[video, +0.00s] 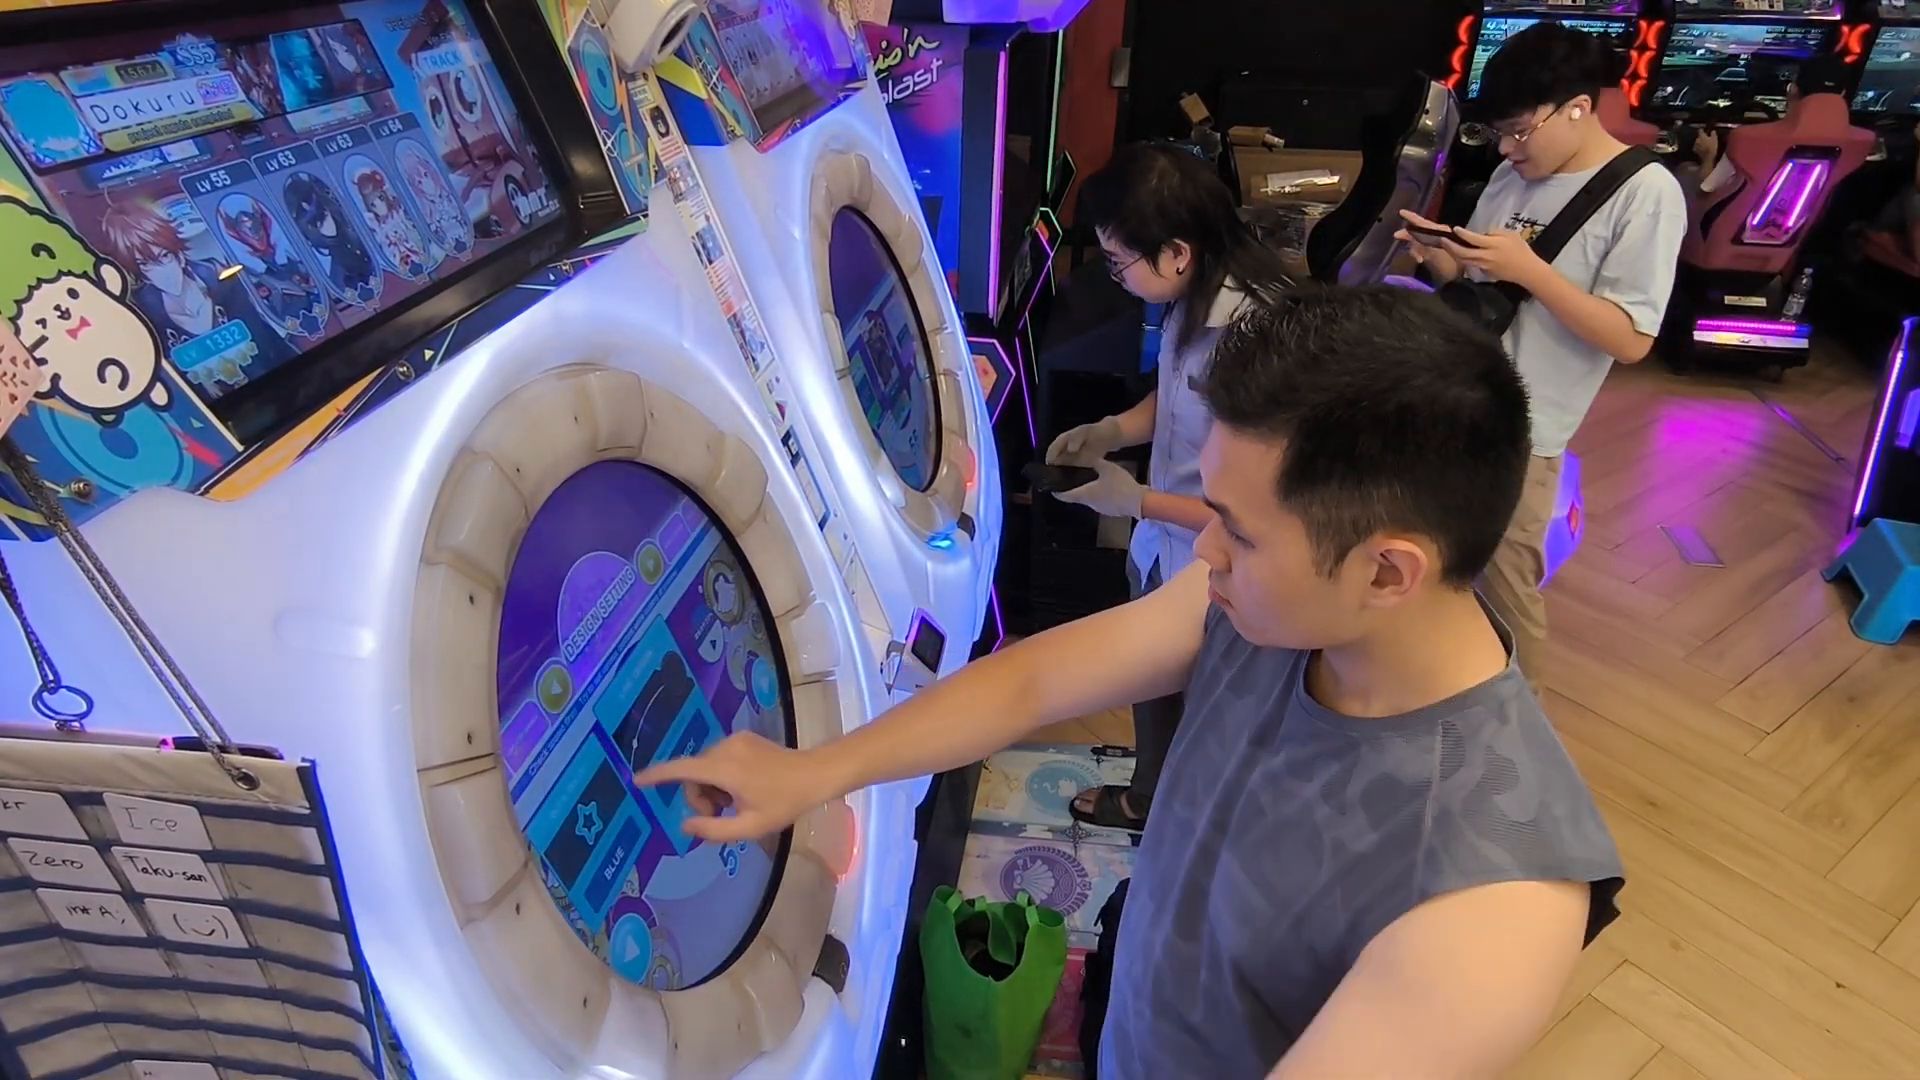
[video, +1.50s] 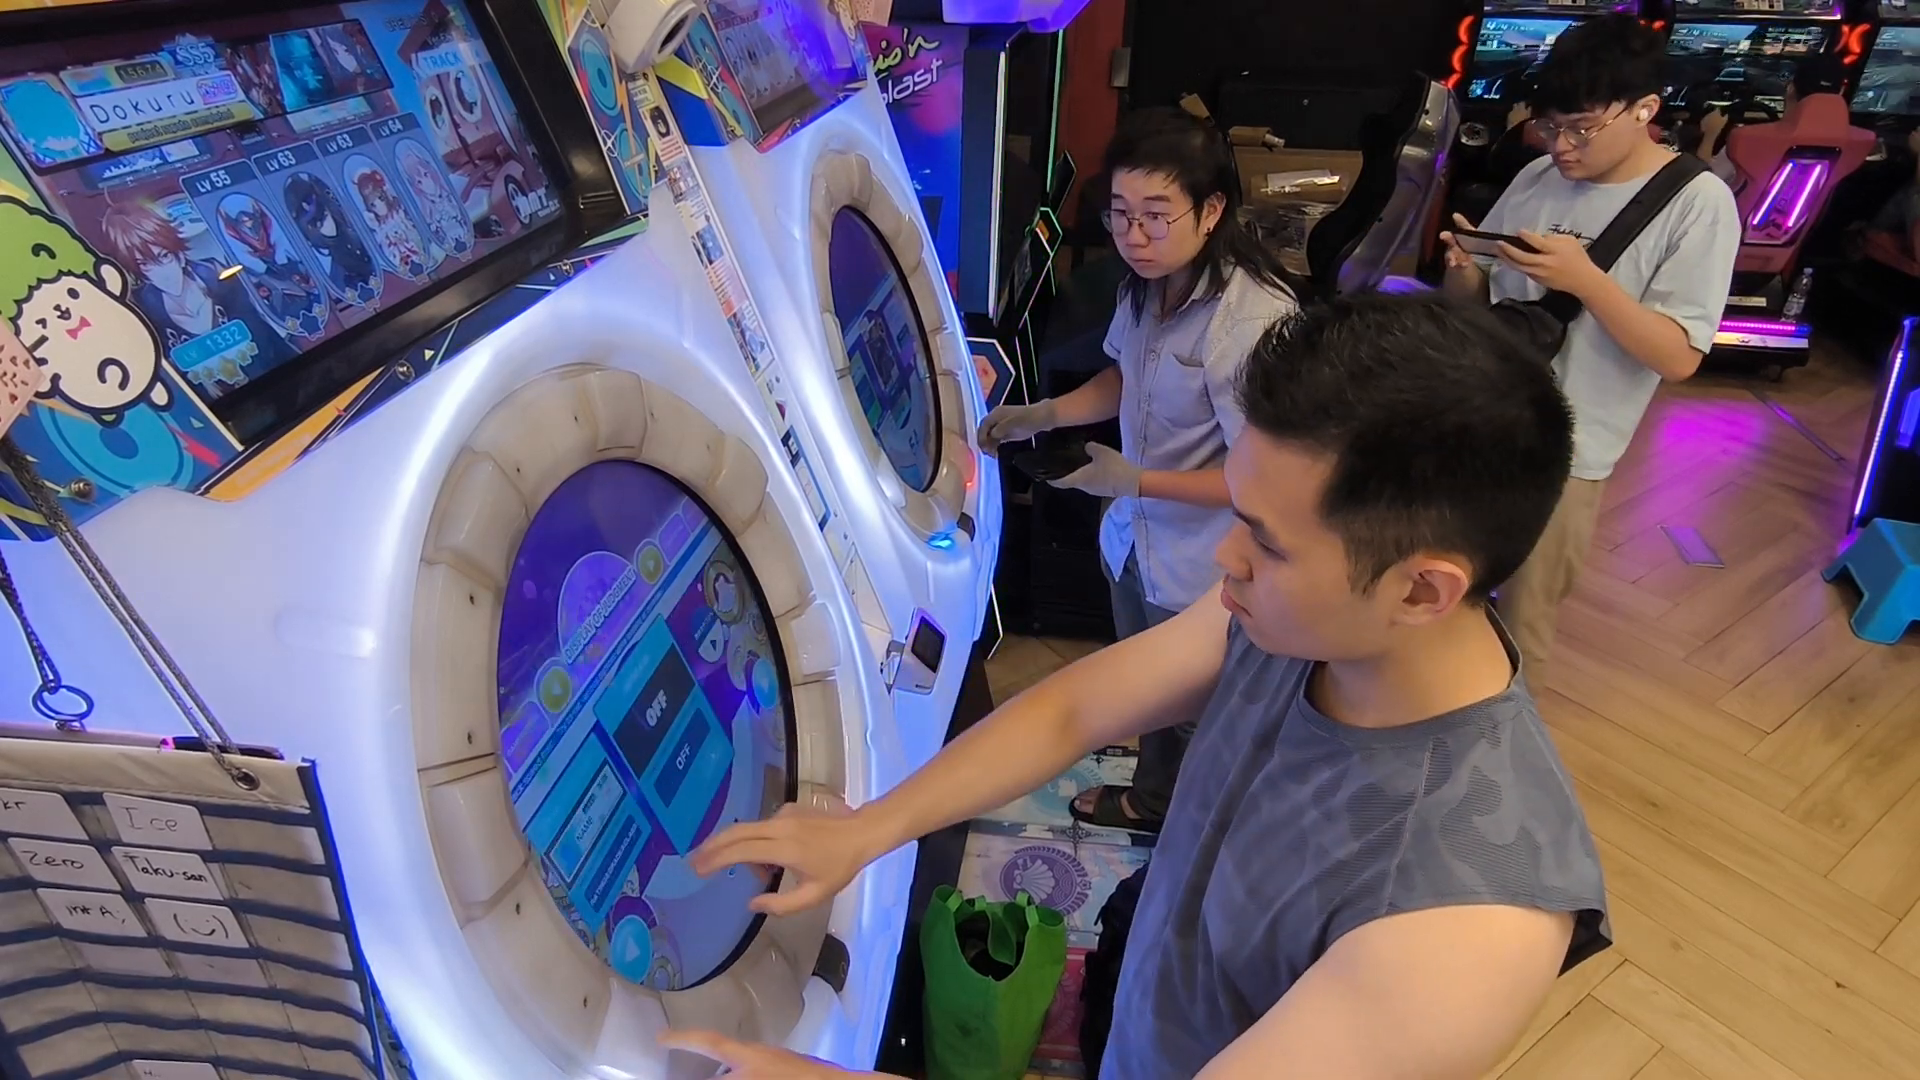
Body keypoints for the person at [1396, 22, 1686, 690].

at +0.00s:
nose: (1507, 150)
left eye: (1519, 132)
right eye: (1500, 135)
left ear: (1579, 109)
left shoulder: (1648, 192)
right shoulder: (1510, 173)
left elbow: (1632, 337)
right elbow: (1468, 284)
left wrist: (1527, 269)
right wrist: (1437, 258)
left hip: (1525, 442)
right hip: (1446, 413)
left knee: (1504, 604)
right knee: (1416, 588)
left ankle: (1507, 739)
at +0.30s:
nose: (1485, 114)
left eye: (1501, 95)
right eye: (1479, 101)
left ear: (1559, 88)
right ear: (1472, 107)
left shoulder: (1619, 186)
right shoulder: (1483, 172)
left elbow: (1604, 331)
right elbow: (1429, 269)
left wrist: (1503, 261)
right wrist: (1405, 250)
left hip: (1509, 436)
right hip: (1427, 414)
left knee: (1499, 597)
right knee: (1407, 578)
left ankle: (1504, 722)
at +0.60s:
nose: (1476, 108)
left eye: (1493, 91)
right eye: (1470, 94)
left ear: (1551, 87)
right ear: (1464, 97)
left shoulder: (1608, 183)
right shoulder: (1471, 170)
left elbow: (1596, 327)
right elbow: (1425, 271)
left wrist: (1497, 259)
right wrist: (1403, 254)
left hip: (1503, 434)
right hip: (1418, 410)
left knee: (1485, 589)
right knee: (1397, 578)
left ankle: (1494, 710)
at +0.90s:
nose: (1501, 107)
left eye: (1523, 92)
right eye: (1492, 90)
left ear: (1576, 90)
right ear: (1480, 90)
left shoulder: (1620, 185)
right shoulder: (1471, 166)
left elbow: (1608, 330)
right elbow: (1419, 286)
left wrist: (1518, 265)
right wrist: (1407, 258)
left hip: (1512, 431)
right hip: (1419, 400)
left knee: (1495, 590)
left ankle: (1498, 732)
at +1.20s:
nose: (1534, 140)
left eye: (1554, 123)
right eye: (1523, 122)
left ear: (1612, 104)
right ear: (1513, 109)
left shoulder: (1665, 190)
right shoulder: (1507, 169)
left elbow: (1654, 341)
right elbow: (1443, 296)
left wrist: (1567, 273)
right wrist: (1438, 260)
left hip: (1541, 441)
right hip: (1452, 406)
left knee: (1506, 606)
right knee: (1413, 577)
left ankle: (1488, 742)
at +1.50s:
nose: (1558, 146)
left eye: (1579, 128)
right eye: (1551, 125)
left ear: (1645, 110)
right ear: (1543, 109)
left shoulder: (1700, 201)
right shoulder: (1539, 176)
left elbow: (1679, 357)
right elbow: (1470, 304)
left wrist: (1587, 282)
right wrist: (1462, 268)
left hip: (1566, 463)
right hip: (1474, 424)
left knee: (1516, 625)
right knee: (1427, 597)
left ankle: (1489, 756)